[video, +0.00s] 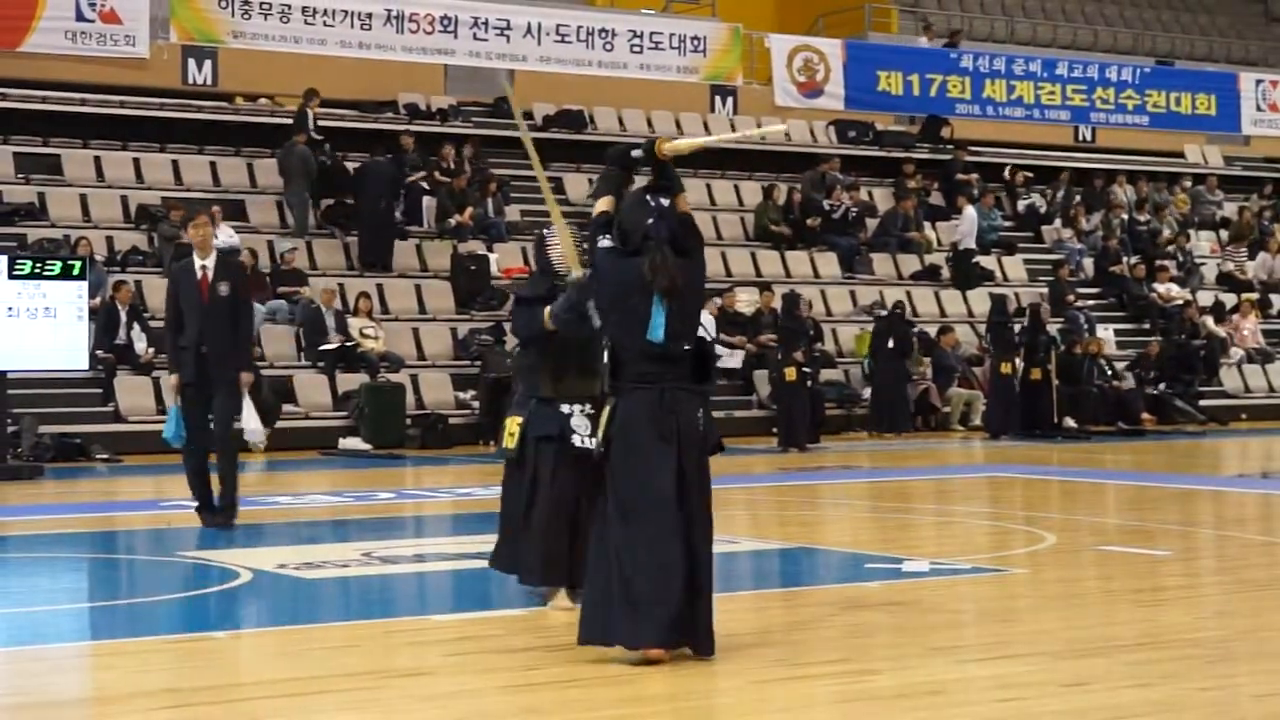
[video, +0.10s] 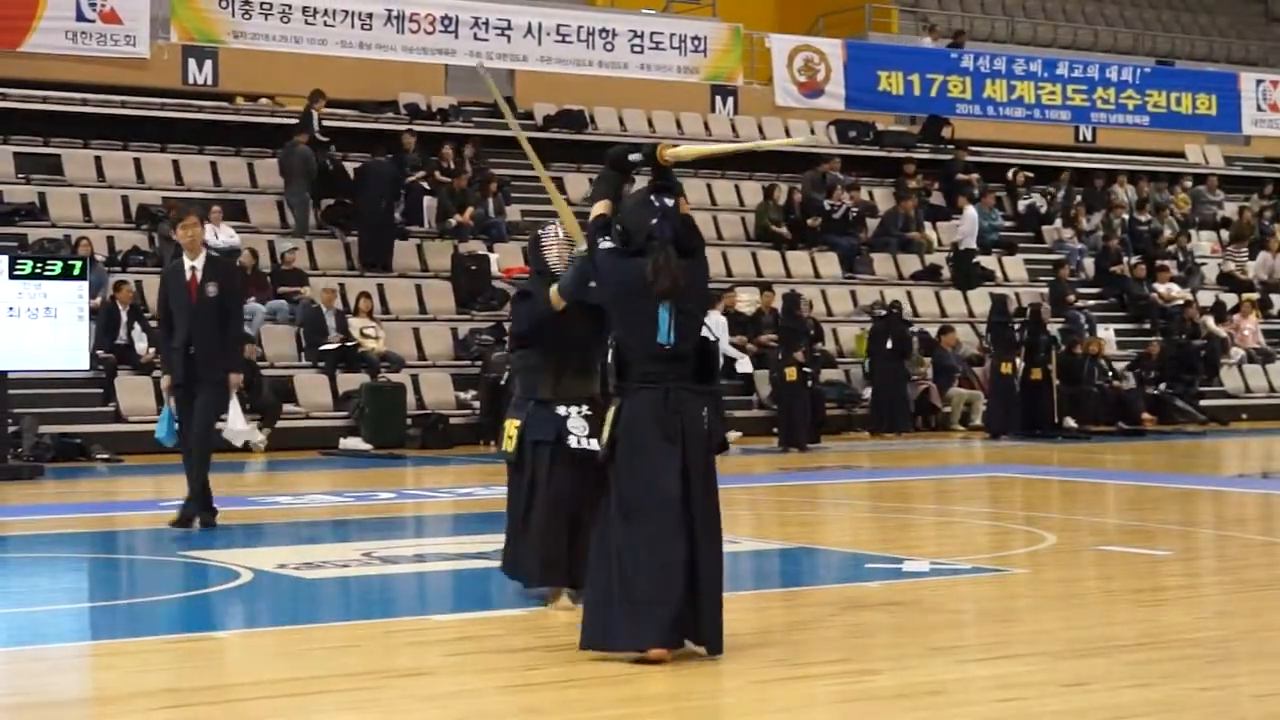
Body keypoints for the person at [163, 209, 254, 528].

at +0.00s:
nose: (201, 233)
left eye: (205, 227)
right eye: (195, 228)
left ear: (214, 231)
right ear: (186, 234)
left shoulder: (233, 267)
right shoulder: (178, 272)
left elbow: (244, 320)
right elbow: (172, 324)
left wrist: (246, 365)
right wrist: (174, 368)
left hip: (226, 364)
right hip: (191, 366)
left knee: (224, 435)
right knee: (194, 439)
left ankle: (227, 506)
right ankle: (204, 507)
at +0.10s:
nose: (188, 233)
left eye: (192, 227)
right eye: (183, 228)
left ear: (204, 230)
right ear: (176, 234)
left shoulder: (224, 267)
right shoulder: (170, 271)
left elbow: (234, 319)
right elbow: (165, 324)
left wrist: (235, 366)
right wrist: (167, 370)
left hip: (215, 363)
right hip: (182, 364)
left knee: (201, 431)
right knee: (187, 435)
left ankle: (192, 502)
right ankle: (204, 506)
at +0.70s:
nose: (109, 227)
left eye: (114, 221)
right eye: (103, 222)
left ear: (124, 225)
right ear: (94, 229)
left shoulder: (142, 263)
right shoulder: (91, 268)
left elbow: (152, 318)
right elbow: (86, 323)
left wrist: (152, 366)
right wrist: (86, 371)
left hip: (130, 364)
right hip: (100, 364)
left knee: (121, 438)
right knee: (95, 438)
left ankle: (115, 515)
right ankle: (128, 495)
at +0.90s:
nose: (88, 224)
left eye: (93, 218)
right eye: (81, 219)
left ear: (102, 223)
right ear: (72, 226)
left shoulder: (122, 263)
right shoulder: (65, 268)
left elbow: (138, 316)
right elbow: (60, 322)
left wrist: (137, 363)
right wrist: (60, 369)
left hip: (114, 366)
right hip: (78, 366)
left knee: (115, 442)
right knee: (63, 439)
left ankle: (114, 516)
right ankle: (54, 512)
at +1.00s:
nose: (79, 221)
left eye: (83, 216)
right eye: (72, 217)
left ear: (93, 221)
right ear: (62, 225)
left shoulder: (113, 262)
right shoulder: (53, 267)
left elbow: (126, 315)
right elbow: (47, 321)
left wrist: (131, 362)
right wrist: (47, 368)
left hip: (105, 365)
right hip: (66, 366)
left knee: (110, 442)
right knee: (51, 441)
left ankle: (112, 515)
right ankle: (35, 511)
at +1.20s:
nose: (65, 219)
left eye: (70, 213)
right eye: (58, 214)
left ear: (78, 219)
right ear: (47, 221)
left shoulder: (96, 260)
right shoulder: (35, 263)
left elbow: (112, 314)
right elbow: (27, 317)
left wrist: (114, 361)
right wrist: (28, 366)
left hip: (89, 363)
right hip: (47, 364)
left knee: (95, 442)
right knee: (41, 442)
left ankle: (97, 515)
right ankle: (33, 510)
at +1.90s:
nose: (58, 217)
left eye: (63, 211)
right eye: (50, 212)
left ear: (69, 216)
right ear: (37, 218)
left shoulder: (84, 258)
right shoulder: (23, 260)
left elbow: (92, 314)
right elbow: (16, 317)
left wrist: (95, 361)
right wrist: (20, 364)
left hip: (75, 360)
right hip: (38, 361)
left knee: (70, 440)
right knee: (37, 439)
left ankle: (65, 514)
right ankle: (35, 512)